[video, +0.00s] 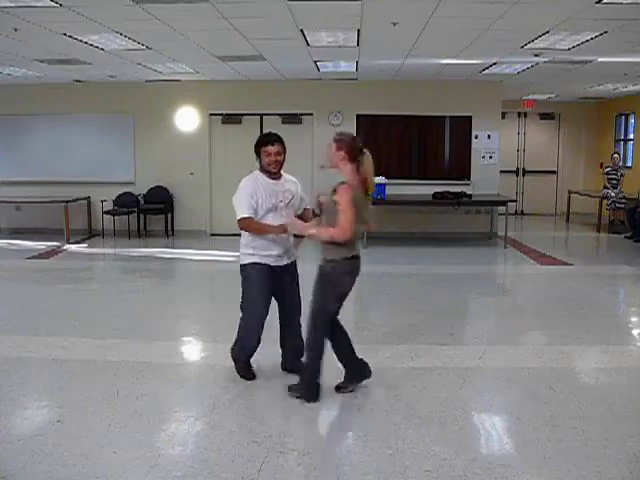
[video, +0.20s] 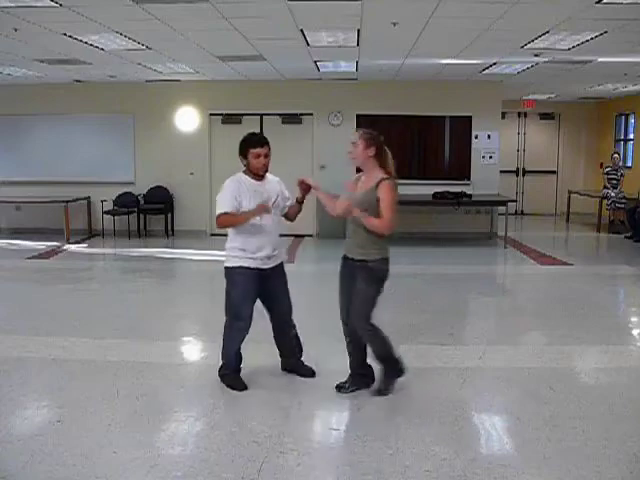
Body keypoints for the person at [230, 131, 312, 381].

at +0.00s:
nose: (274, 159)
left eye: (278, 154)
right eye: (268, 154)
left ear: (284, 155)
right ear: (259, 156)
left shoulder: (292, 183)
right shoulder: (249, 184)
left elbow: (302, 213)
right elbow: (244, 222)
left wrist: (311, 217)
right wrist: (273, 230)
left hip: (285, 260)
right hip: (256, 261)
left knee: (291, 313)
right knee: (255, 313)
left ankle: (292, 359)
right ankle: (241, 356)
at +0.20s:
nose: (263, 161)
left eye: (266, 156)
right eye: (257, 156)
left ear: (270, 156)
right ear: (245, 158)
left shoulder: (275, 184)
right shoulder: (234, 184)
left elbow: (290, 215)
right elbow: (222, 221)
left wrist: (301, 198)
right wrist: (253, 213)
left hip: (271, 262)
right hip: (241, 263)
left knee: (283, 315)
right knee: (239, 319)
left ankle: (291, 361)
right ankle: (229, 370)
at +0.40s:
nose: (248, 162)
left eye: (250, 156)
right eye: (241, 157)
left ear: (254, 156)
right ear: (229, 159)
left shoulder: (262, 184)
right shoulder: (218, 183)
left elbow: (276, 216)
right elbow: (198, 210)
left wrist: (294, 218)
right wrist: (220, 192)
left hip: (256, 262)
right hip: (225, 263)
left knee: (268, 315)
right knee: (228, 321)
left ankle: (280, 359)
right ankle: (228, 371)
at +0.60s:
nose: (244, 160)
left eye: (246, 155)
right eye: (237, 156)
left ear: (250, 155)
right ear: (224, 158)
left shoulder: (260, 185)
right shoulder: (211, 183)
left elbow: (281, 214)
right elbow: (186, 212)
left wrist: (310, 215)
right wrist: (210, 193)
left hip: (250, 263)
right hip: (219, 263)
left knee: (253, 314)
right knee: (224, 316)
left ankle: (246, 359)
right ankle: (227, 369)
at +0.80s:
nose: (246, 160)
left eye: (249, 155)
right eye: (239, 156)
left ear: (252, 156)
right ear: (226, 158)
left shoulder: (260, 187)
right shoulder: (211, 185)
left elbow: (282, 215)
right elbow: (187, 218)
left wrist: (312, 219)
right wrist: (206, 209)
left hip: (248, 264)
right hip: (219, 264)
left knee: (243, 317)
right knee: (230, 317)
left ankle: (242, 361)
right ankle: (224, 369)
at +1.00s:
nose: (248, 160)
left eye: (250, 155)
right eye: (242, 156)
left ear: (252, 157)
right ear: (226, 158)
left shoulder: (257, 187)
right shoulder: (212, 187)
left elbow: (275, 216)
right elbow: (197, 225)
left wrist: (306, 220)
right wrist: (225, 231)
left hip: (250, 266)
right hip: (221, 268)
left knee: (256, 314)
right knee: (225, 321)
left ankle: (244, 358)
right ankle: (223, 375)